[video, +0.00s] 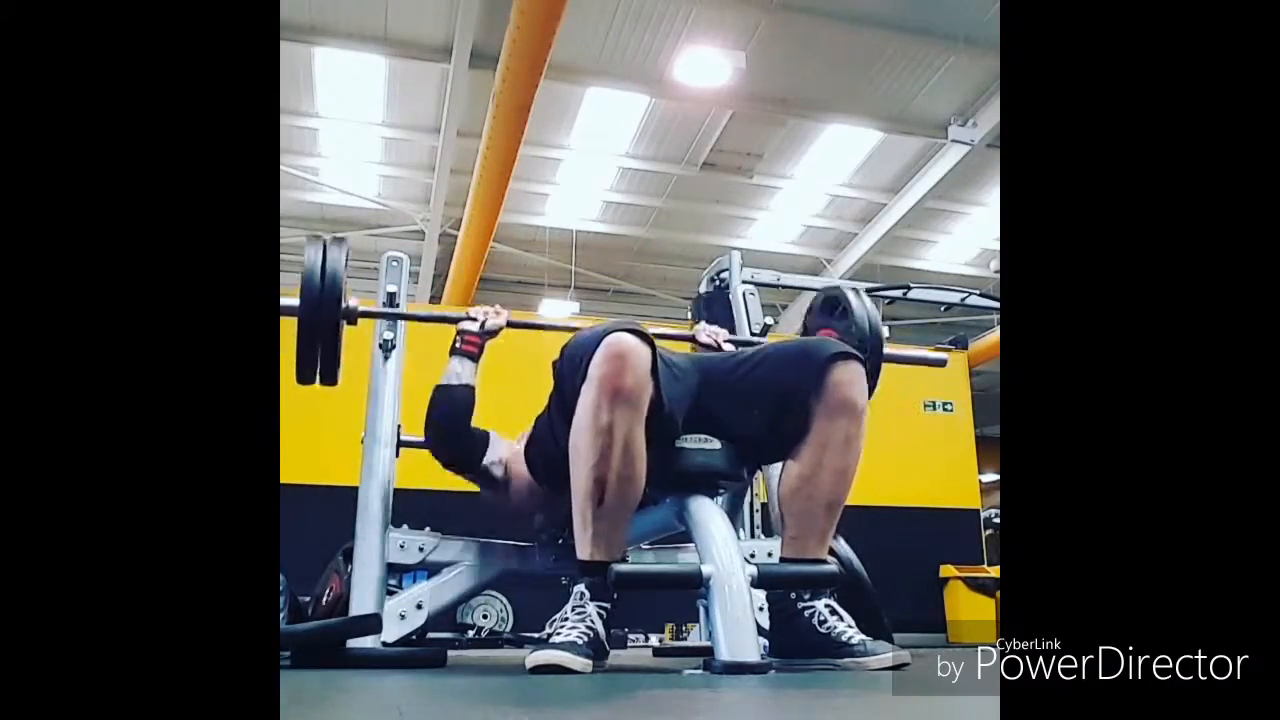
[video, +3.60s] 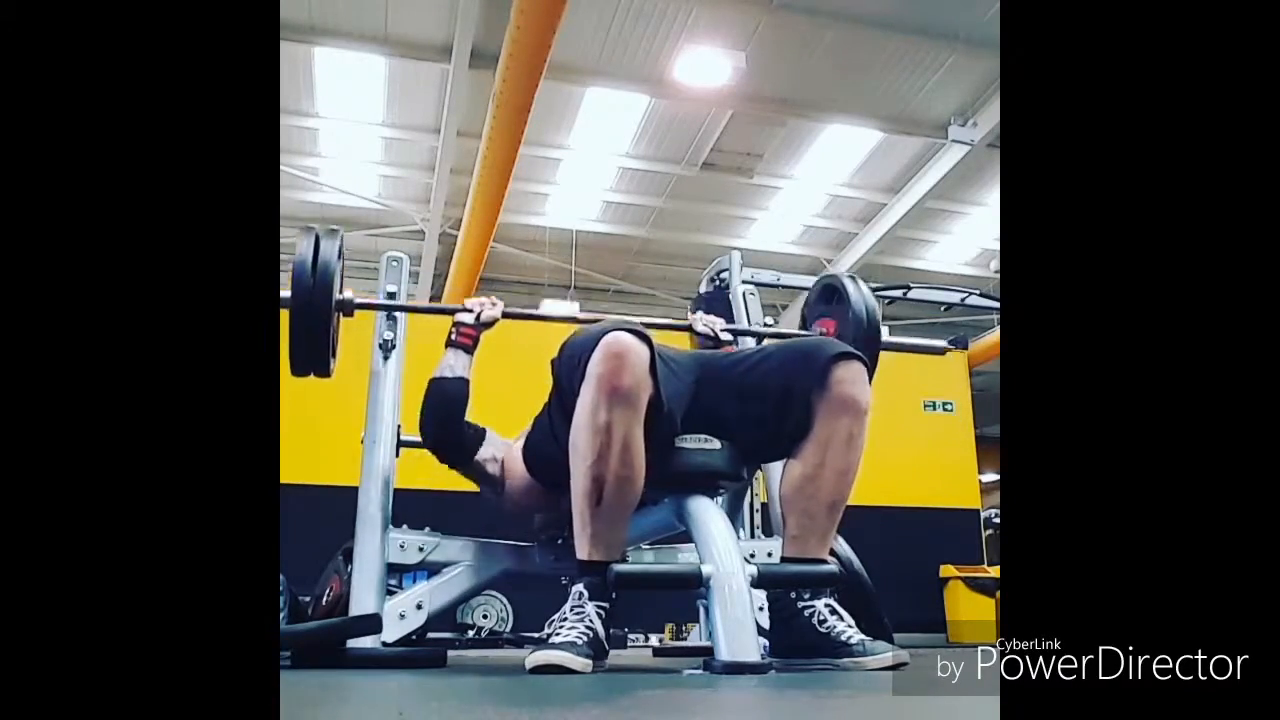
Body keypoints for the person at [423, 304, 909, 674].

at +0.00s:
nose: (509, 496)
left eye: (502, 490)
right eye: (501, 490)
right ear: (506, 477)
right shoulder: (524, 461)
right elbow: (448, 433)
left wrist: (717, 355)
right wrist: (468, 344)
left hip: (713, 385)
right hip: (642, 374)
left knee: (841, 373)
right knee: (620, 353)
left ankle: (799, 610)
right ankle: (587, 606)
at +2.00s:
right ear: (496, 498)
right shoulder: (524, 480)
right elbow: (452, 501)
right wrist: (468, 406)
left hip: (707, 376)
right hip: (630, 358)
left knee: (850, 375)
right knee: (618, 357)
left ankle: (800, 607)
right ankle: (587, 606)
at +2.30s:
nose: (495, 456)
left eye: (494, 467)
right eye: (496, 475)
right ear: (511, 482)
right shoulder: (527, 460)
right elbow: (442, 443)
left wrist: (714, 354)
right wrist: (468, 355)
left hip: (700, 377)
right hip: (631, 360)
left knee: (845, 374)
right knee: (617, 355)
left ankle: (801, 609)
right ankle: (587, 606)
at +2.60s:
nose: (497, 441)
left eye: (496, 442)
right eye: (494, 448)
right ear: (503, 471)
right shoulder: (523, 465)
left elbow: (722, 383)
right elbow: (466, 377)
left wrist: (711, 311)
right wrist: (468, 283)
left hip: (685, 382)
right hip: (613, 364)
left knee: (844, 375)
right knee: (618, 351)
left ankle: (798, 607)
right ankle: (586, 605)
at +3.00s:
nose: (491, 464)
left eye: (494, 464)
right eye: (490, 471)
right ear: (499, 475)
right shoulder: (517, 467)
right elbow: (440, 433)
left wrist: (717, 356)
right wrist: (465, 340)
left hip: (708, 389)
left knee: (846, 377)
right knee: (619, 355)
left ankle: (799, 609)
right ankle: (587, 606)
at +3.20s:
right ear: (494, 508)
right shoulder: (525, 490)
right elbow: (450, 498)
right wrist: (466, 407)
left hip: (701, 375)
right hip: (627, 361)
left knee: (850, 375)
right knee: (622, 356)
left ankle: (801, 606)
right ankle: (588, 606)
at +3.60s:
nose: (498, 470)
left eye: (497, 472)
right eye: (493, 476)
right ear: (498, 472)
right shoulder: (519, 460)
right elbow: (443, 428)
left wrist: (723, 348)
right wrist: (463, 339)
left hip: (704, 386)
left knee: (845, 378)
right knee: (621, 355)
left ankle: (798, 609)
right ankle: (587, 606)